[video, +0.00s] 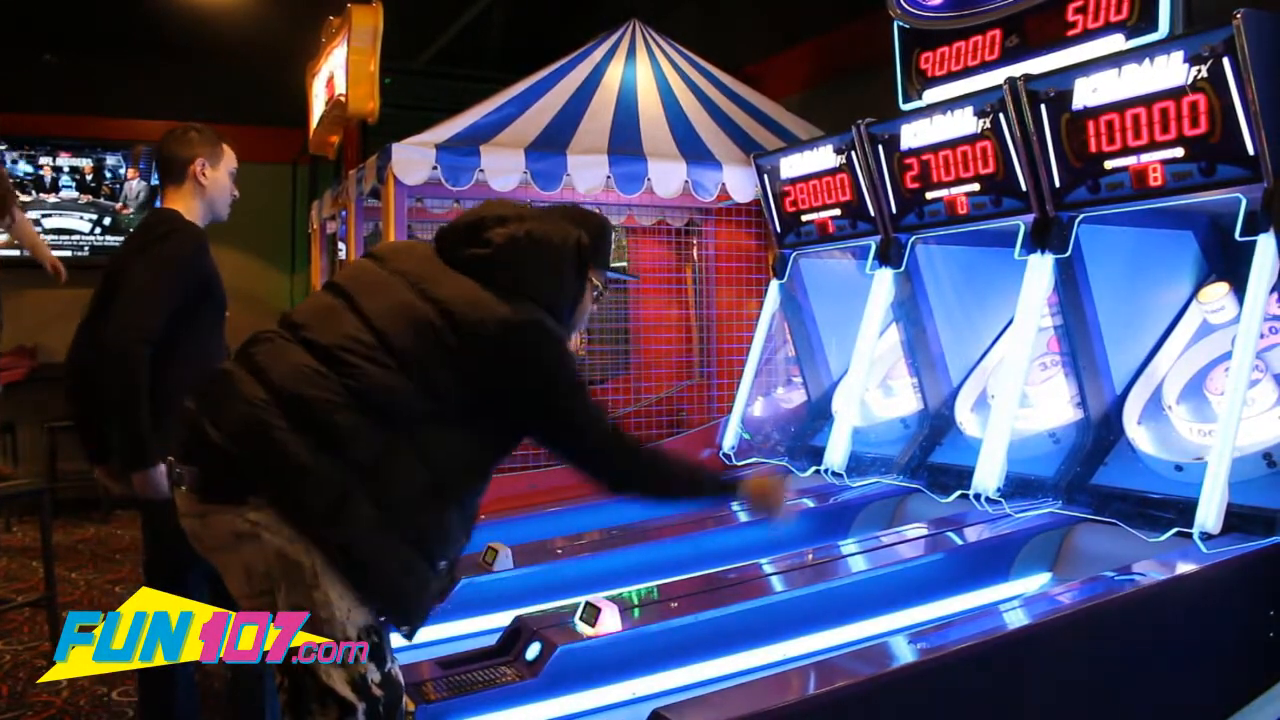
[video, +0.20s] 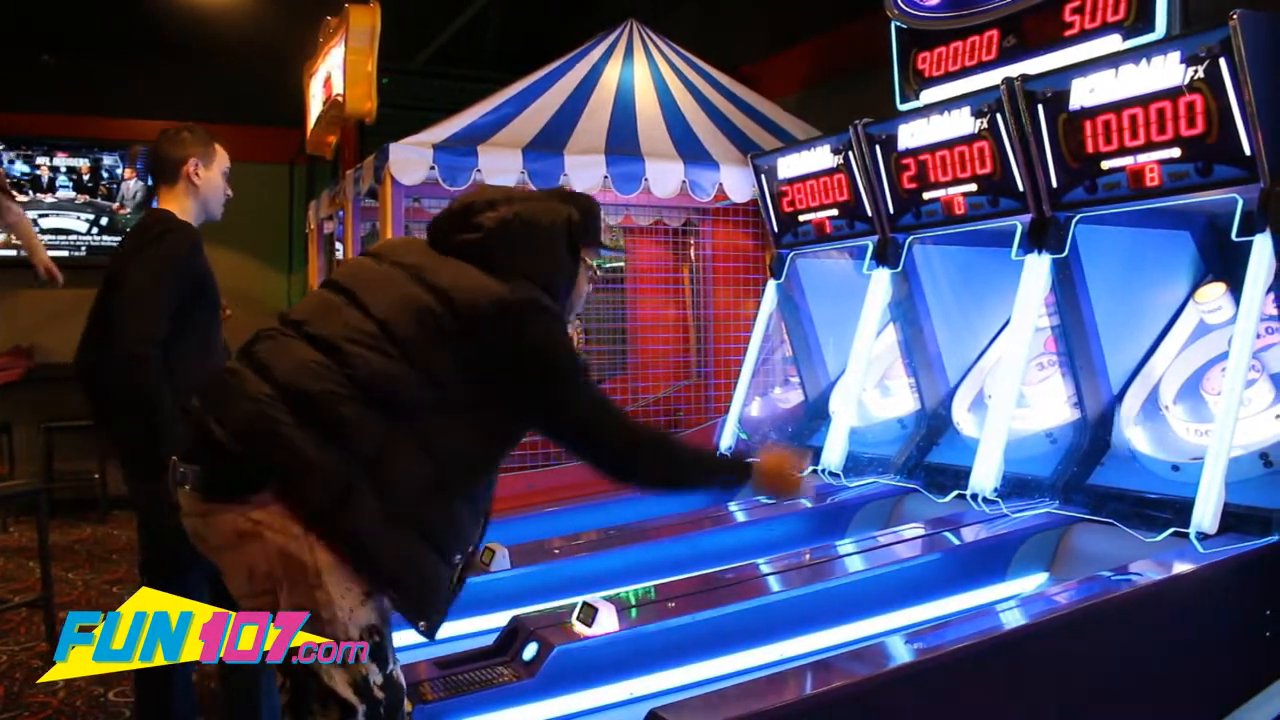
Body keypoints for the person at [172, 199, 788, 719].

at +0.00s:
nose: (588, 303)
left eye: (592, 286)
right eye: (586, 284)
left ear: (493, 247)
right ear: (554, 277)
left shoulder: (396, 265)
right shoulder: (519, 342)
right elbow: (615, 460)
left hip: (209, 484)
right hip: (286, 530)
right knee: (364, 700)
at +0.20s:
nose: (582, 281)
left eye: (583, 264)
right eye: (577, 263)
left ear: (478, 235)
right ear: (540, 257)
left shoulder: (390, 268)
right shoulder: (513, 321)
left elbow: (351, 411)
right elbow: (619, 446)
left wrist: (443, 540)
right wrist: (745, 471)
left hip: (220, 488)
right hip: (293, 519)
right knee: (355, 697)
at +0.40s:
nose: (586, 279)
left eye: (588, 263)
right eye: (580, 261)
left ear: (504, 242)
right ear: (537, 254)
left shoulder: (392, 263)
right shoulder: (497, 320)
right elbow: (544, 486)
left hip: (215, 487)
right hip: (280, 517)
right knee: (359, 697)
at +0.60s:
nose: (587, 289)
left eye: (590, 273)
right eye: (584, 270)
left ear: (511, 250)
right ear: (546, 259)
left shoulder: (398, 264)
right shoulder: (492, 332)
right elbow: (495, 514)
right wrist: (559, 666)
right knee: (346, 698)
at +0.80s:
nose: (584, 295)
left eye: (587, 280)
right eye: (580, 277)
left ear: (508, 255)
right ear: (543, 269)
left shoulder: (396, 261)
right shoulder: (485, 341)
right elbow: (501, 522)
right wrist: (564, 677)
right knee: (329, 695)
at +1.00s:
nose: (579, 305)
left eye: (583, 288)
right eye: (576, 285)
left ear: (505, 259)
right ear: (538, 276)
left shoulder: (389, 261)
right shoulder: (483, 353)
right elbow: (506, 533)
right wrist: (569, 684)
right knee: (326, 695)